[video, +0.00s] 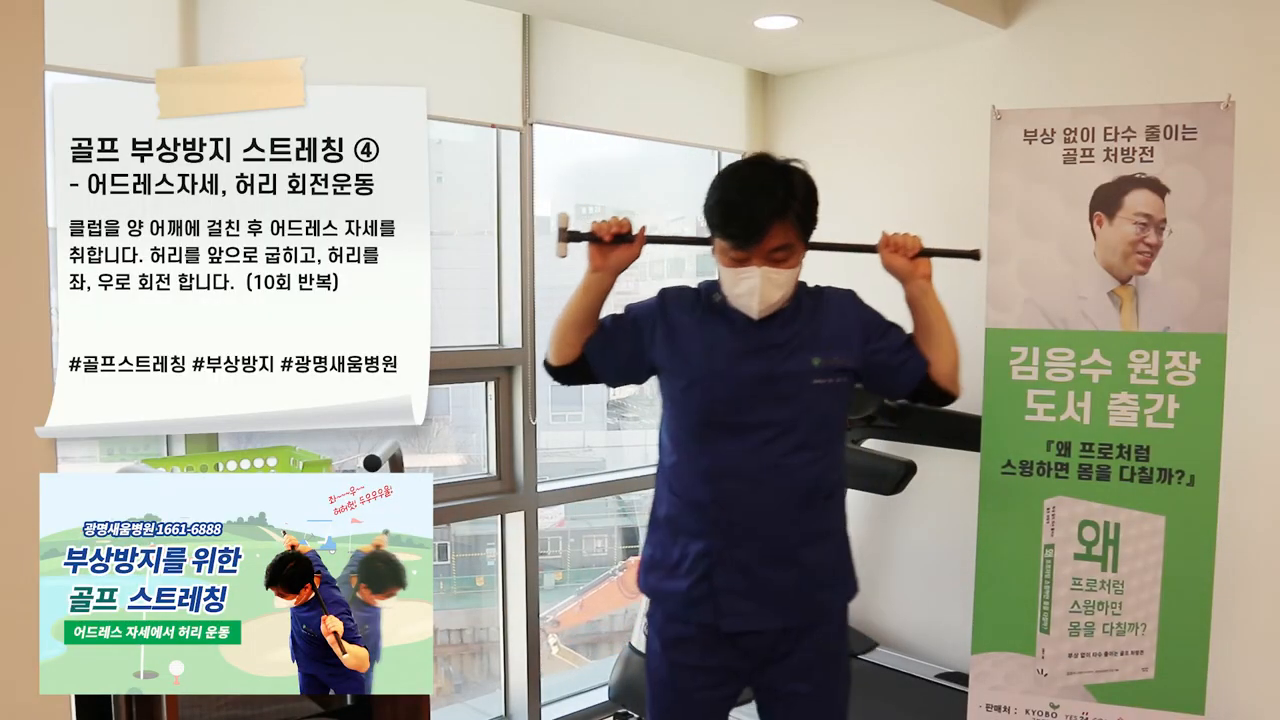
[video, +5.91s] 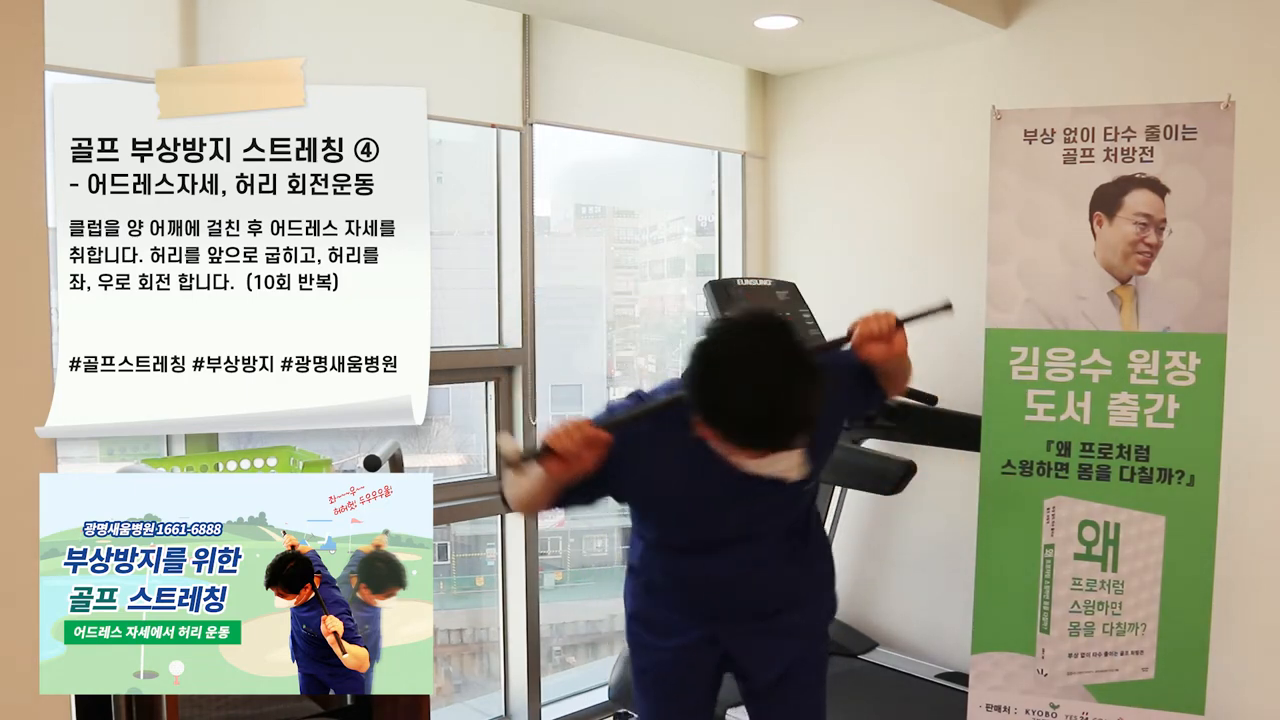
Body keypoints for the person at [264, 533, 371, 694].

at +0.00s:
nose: (278, 599)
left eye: (283, 596)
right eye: (276, 594)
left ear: (306, 590)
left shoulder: (334, 607)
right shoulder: (312, 570)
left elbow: (363, 665)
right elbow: (308, 552)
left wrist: (335, 642)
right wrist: (297, 547)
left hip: (344, 673)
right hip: (310, 667)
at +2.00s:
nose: (278, 599)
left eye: (283, 596)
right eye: (276, 594)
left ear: (306, 590)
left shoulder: (334, 607)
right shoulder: (312, 570)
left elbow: (363, 665)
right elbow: (308, 552)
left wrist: (335, 642)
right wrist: (297, 547)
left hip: (344, 673)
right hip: (310, 667)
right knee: (312, 714)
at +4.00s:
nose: (278, 599)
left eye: (283, 596)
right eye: (276, 593)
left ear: (306, 590)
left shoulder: (334, 608)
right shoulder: (312, 570)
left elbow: (363, 665)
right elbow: (308, 552)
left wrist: (336, 643)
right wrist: (297, 547)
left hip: (344, 672)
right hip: (310, 667)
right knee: (312, 715)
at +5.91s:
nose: (278, 599)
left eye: (283, 595)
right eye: (276, 593)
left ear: (306, 590)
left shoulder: (334, 608)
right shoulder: (311, 570)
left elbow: (363, 665)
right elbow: (308, 552)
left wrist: (335, 642)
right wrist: (296, 547)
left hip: (344, 672)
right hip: (310, 667)